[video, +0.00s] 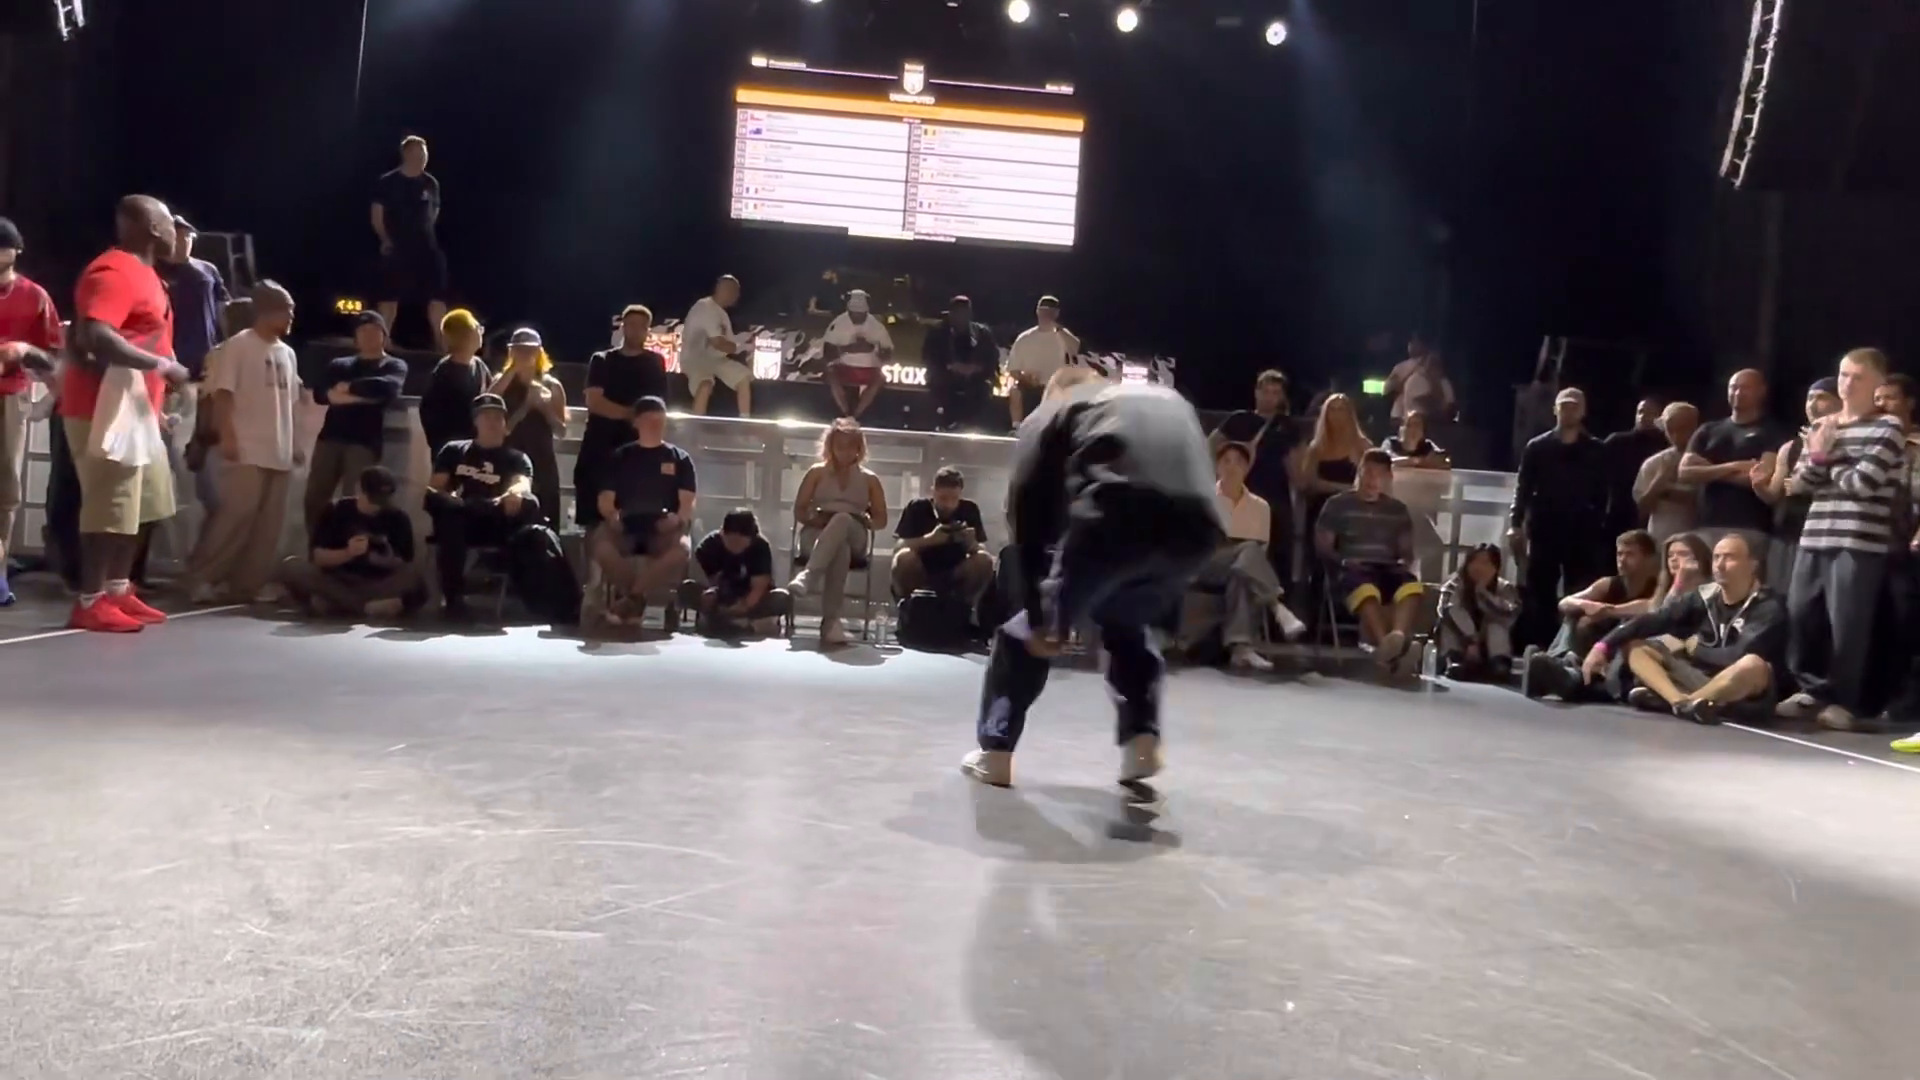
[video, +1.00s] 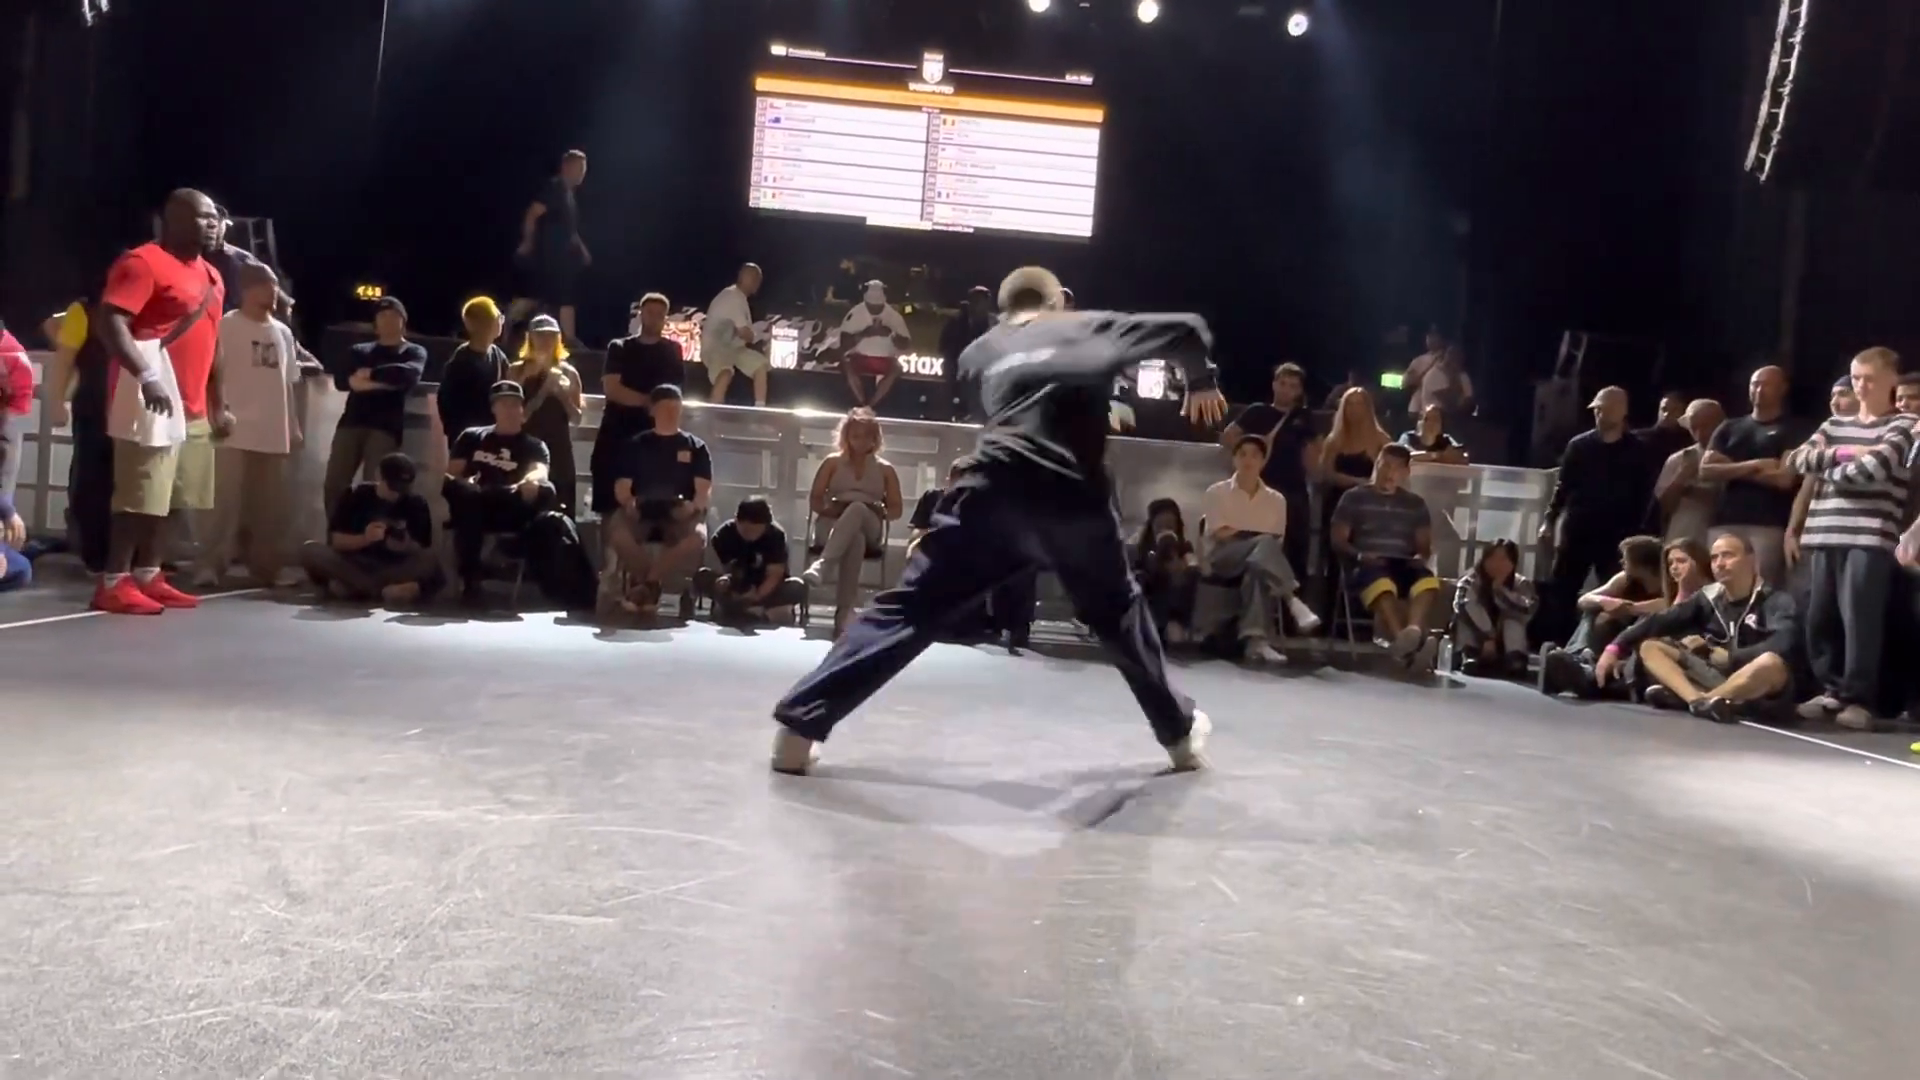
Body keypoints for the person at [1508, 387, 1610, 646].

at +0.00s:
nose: (1567, 411)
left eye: (1573, 406)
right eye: (1563, 405)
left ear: (1583, 412)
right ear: (1555, 410)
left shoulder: (1597, 450)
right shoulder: (1537, 447)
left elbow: (1603, 493)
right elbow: (1523, 489)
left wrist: (1599, 526)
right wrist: (1516, 524)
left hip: (1582, 532)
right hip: (1544, 531)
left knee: (1580, 598)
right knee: (1540, 597)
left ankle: (1578, 654)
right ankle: (1539, 652)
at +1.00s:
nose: (1598, 414)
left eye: (1604, 410)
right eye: (1596, 409)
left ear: (1622, 413)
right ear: (1593, 410)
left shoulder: (1637, 450)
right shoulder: (1579, 445)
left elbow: (1642, 495)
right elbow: (1563, 487)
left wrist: (1634, 531)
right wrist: (1548, 521)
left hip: (1616, 533)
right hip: (1578, 532)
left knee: (1615, 597)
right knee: (1563, 592)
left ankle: (1612, 654)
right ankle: (1554, 647)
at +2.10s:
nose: (1638, 410)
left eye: (1638, 405)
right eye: (1634, 404)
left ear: (1618, 407)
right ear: (1618, 404)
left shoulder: (1631, 445)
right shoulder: (1585, 435)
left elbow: (1635, 485)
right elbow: (1567, 474)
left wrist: (1634, 513)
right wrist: (1568, 508)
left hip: (1621, 521)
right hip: (1588, 520)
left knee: (1623, 585)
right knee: (1566, 582)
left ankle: (1621, 645)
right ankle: (1559, 638)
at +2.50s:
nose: (1658, 409)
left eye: (1658, 403)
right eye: (1653, 402)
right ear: (1637, 402)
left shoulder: (1663, 437)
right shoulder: (1604, 434)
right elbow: (1583, 473)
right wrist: (1578, 511)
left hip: (1648, 520)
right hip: (1608, 520)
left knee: (1643, 581)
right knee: (1583, 578)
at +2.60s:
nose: (1661, 409)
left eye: (1661, 403)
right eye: (1656, 402)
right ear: (1639, 402)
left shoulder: (1664, 436)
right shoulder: (1606, 433)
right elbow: (1584, 474)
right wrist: (1579, 510)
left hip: (1649, 522)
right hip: (1609, 521)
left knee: (1645, 584)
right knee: (1583, 578)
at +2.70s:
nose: (1663, 408)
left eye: (1663, 403)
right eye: (1658, 401)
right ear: (1640, 402)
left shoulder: (1666, 436)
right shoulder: (1607, 433)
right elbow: (1585, 474)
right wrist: (1580, 511)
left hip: (1650, 523)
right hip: (1609, 521)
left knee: (1643, 583)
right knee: (1586, 576)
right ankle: (1565, 628)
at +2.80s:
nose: (1664, 407)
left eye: (1663, 402)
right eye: (1659, 400)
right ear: (1640, 403)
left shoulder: (1667, 437)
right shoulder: (1607, 433)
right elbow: (1584, 472)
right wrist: (1579, 510)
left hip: (1649, 523)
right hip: (1608, 521)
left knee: (1642, 583)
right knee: (1583, 578)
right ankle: (1564, 630)